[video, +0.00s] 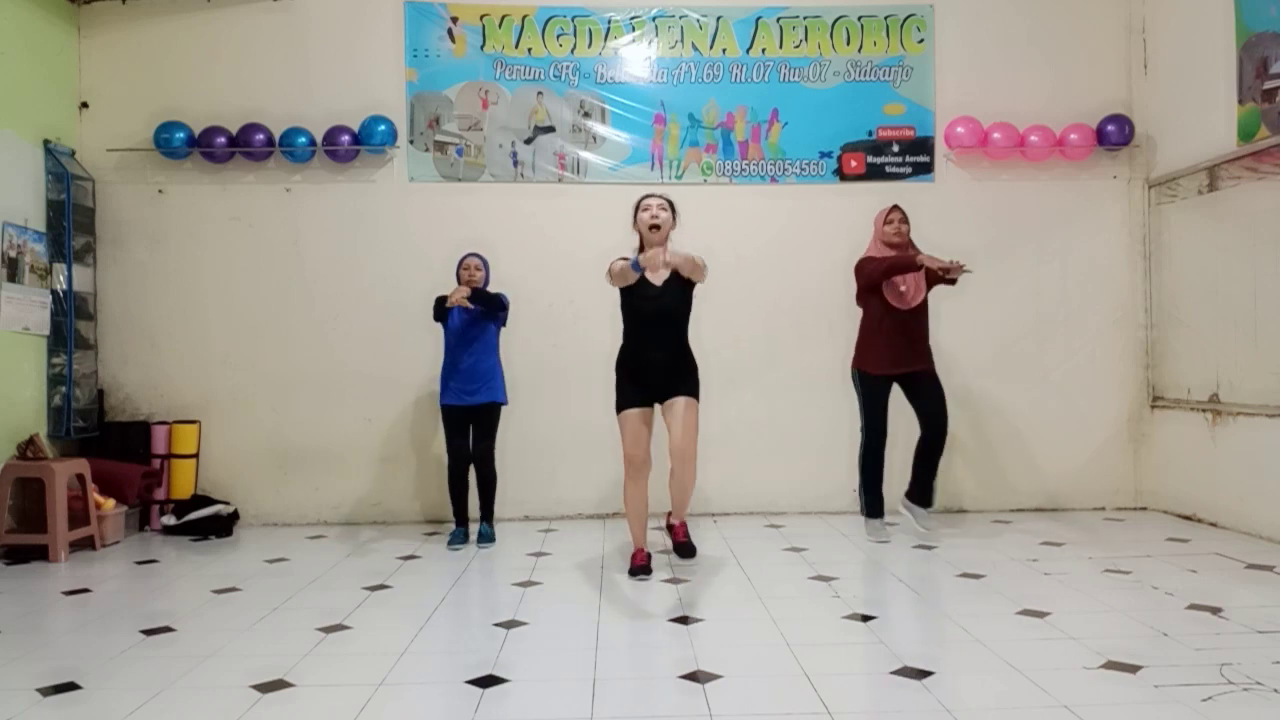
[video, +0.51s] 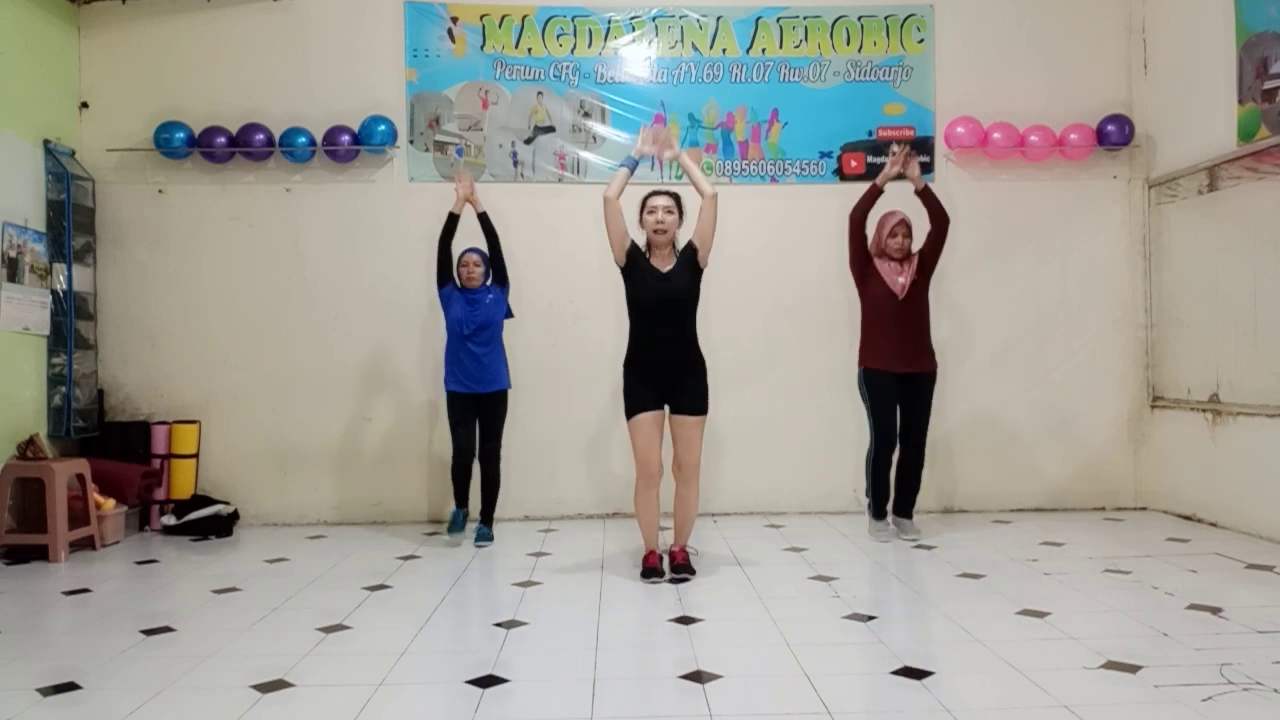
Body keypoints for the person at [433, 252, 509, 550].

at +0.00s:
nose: (471, 272)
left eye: (477, 268)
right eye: (466, 268)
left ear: (486, 275)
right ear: (458, 274)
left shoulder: (496, 302)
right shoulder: (448, 304)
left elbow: (496, 303)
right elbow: (438, 312)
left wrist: (470, 292)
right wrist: (448, 300)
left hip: (487, 391)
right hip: (454, 392)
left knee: (483, 457)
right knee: (457, 459)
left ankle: (486, 523)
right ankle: (460, 526)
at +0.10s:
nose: (471, 271)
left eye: (477, 268)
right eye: (466, 267)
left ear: (486, 274)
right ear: (458, 274)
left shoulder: (496, 302)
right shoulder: (448, 302)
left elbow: (498, 302)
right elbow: (438, 312)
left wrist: (471, 289)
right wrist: (447, 299)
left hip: (486, 391)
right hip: (453, 391)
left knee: (481, 455)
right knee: (457, 459)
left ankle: (486, 520)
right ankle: (460, 525)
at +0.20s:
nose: (472, 274)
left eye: (478, 270)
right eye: (466, 269)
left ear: (488, 276)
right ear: (459, 275)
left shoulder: (498, 302)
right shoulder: (452, 302)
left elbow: (498, 300)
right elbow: (438, 298)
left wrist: (472, 282)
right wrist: (447, 287)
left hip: (488, 392)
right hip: (455, 391)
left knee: (482, 458)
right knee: (457, 461)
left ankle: (485, 525)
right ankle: (460, 526)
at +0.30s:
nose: (467, 275)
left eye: (472, 270)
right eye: (463, 271)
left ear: (482, 275)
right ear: (459, 276)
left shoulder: (496, 302)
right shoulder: (453, 303)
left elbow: (501, 295)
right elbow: (441, 290)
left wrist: (484, 271)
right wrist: (441, 273)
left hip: (490, 392)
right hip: (456, 391)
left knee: (486, 459)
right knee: (456, 460)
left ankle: (485, 524)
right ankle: (459, 524)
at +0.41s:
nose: (469, 268)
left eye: (475, 265)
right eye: (465, 264)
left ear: (486, 271)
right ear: (458, 270)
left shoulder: (497, 295)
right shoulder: (451, 297)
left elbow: (494, 253)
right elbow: (439, 256)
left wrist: (471, 211)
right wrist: (450, 215)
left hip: (493, 387)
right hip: (459, 387)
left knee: (488, 455)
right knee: (457, 451)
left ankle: (486, 522)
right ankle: (458, 504)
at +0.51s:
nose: (469, 269)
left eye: (476, 265)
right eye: (465, 264)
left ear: (486, 270)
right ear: (457, 271)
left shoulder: (496, 293)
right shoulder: (450, 295)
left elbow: (497, 249)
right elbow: (443, 249)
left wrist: (476, 204)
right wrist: (458, 206)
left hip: (493, 386)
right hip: (459, 386)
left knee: (489, 456)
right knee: (462, 453)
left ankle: (486, 522)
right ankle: (460, 510)